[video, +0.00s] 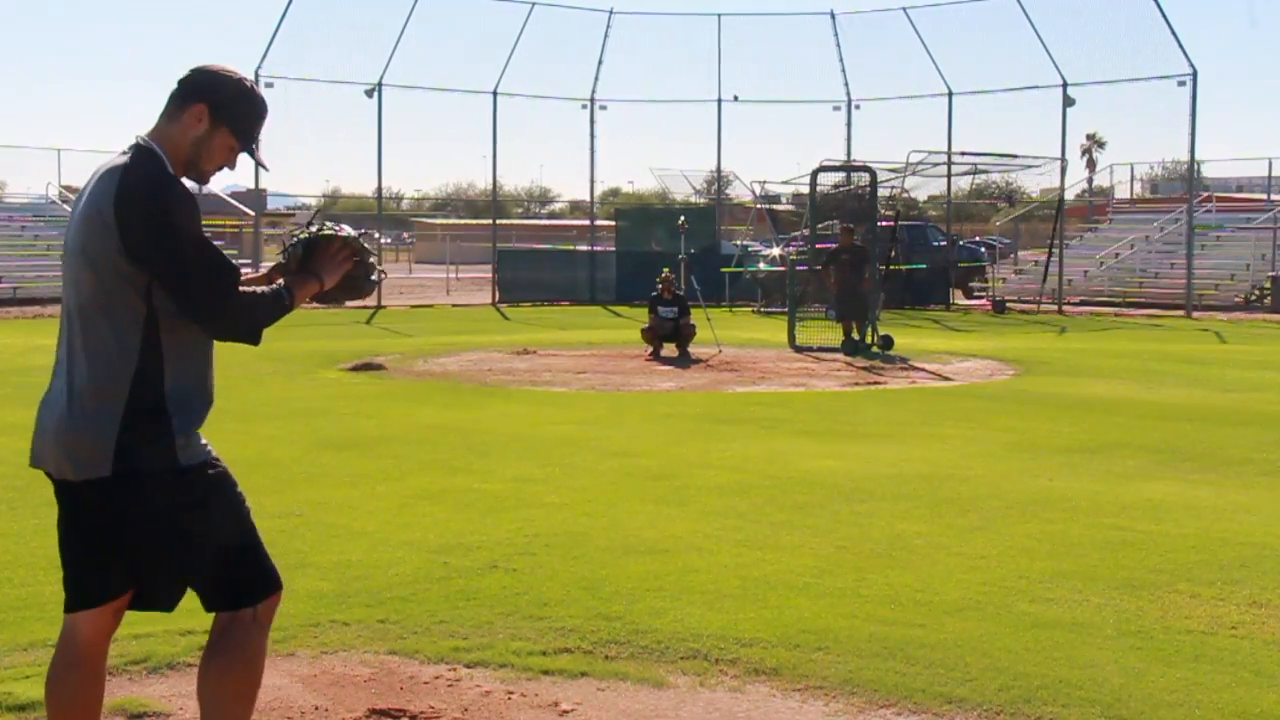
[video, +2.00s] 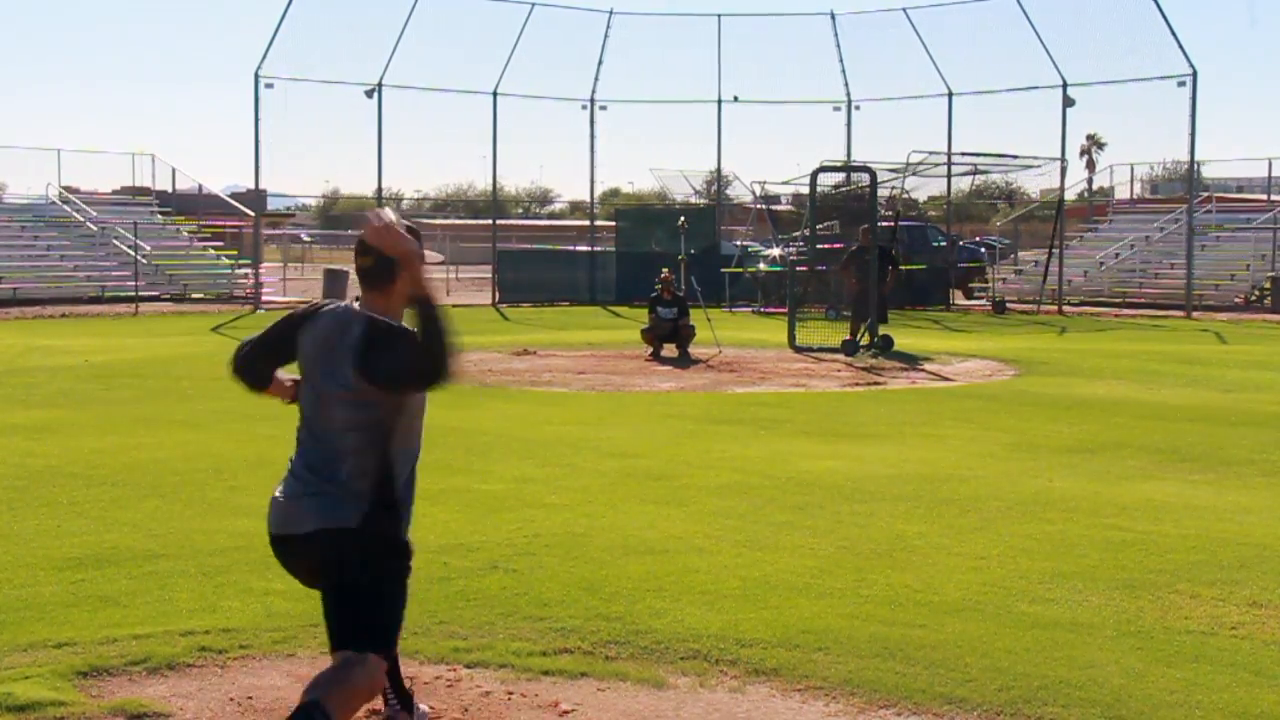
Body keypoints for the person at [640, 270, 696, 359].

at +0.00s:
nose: (667, 286)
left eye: (670, 283)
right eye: (664, 283)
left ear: (674, 284)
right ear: (660, 284)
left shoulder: (680, 298)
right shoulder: (654, 298)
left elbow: (686, 318)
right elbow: (652, 317)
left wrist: (674, 323)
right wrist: (662, 324)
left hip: (676, 327)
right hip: (660, 327)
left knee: (690, 329)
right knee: (646, 332)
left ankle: (682, 348)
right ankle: (656, 347)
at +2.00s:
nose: (667, 286)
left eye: (669, 283)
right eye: (664, 283)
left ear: (673, 284)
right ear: (660, 284)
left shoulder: (680, 299)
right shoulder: (654, 299)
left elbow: (685, 319)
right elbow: (652, 318)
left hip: (676, 327)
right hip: (660, 328)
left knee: (689, 329)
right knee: (645, 332)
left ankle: (682, 349)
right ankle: (656, 347)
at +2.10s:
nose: (667, 287)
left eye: (670, 284)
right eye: (664, 284)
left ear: (674, 285)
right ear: (660, 285)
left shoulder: (680, 299)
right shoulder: (656, 300)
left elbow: (685, 319)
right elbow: (651, 321)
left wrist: (672, 324)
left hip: (676, 328)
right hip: (661, 329)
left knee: (688, 329)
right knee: (646, 332)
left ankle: (683, 349)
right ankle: (656, 347)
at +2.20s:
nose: (667, 286)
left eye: (670, 283)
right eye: (665, 284)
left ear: (673, 285)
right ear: (661, 285)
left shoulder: (680, 299)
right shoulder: (654, 299)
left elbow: (685, 319)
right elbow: (651, 318)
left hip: (675, 327)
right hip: (660, 327)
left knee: (689, 330)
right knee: (646, 332)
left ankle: (683, 349)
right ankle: (656, 347)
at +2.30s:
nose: (667, 286)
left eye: (669, 283)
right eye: (664, 284)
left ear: (673, 284)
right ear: (660, 285)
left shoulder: (680, 299)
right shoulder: (654, 299)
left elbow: (685, 319)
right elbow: (650, 316)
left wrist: (674, 321)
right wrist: (655, 322)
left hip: (675, 327)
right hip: (660, 327)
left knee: (689, 330)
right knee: (646, 332)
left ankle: (682, 349)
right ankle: (656, 348)